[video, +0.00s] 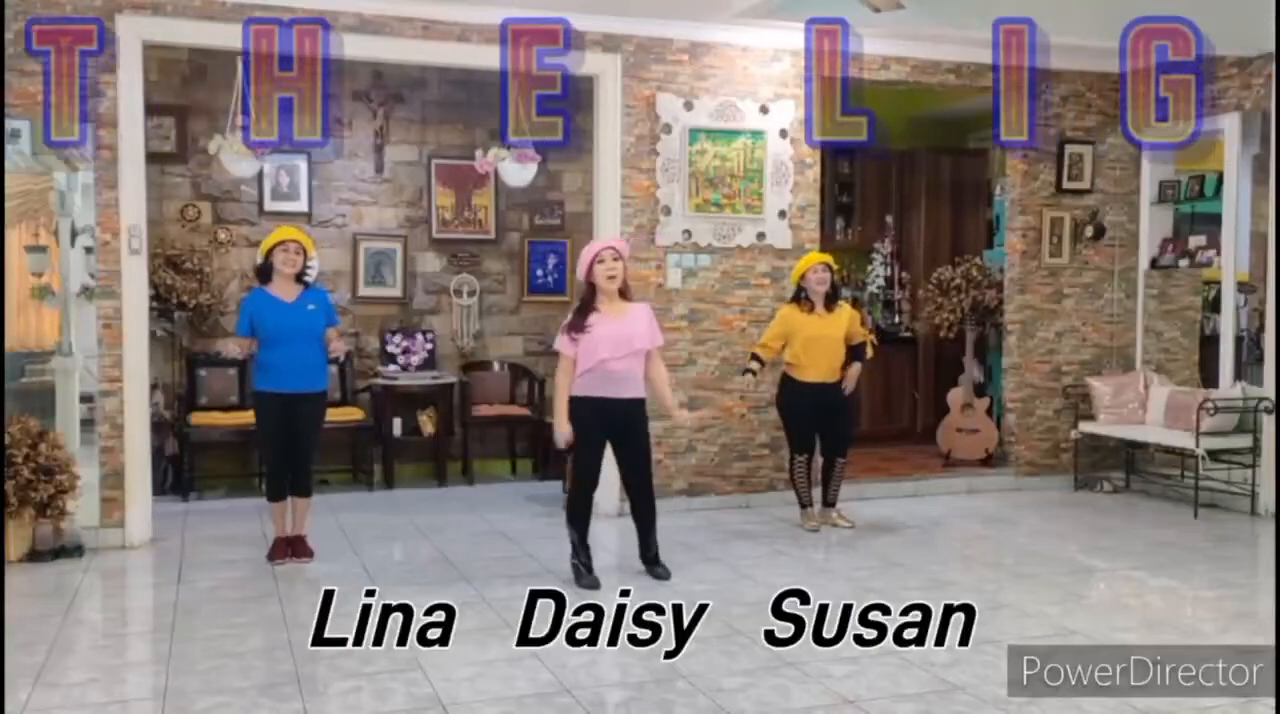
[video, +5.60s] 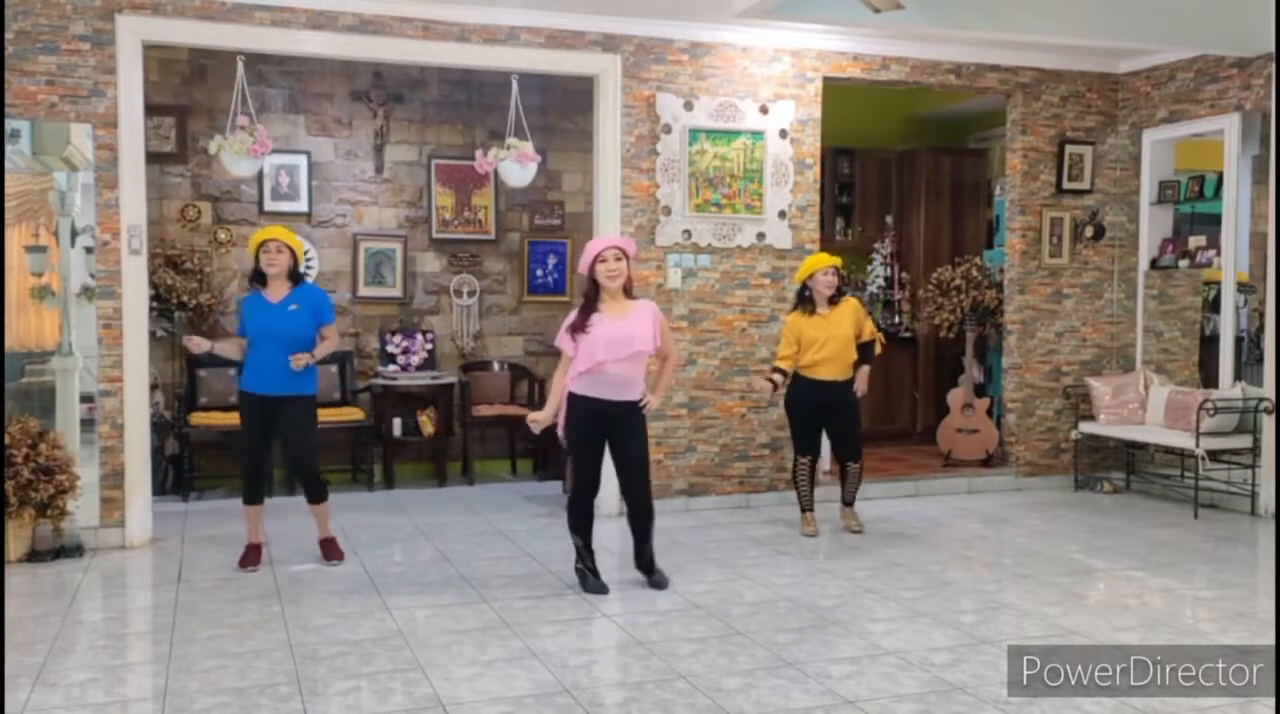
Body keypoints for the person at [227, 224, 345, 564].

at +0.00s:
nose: (291, 257)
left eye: (297, 252)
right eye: (284, 251)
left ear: (304, 261)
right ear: (271, 257)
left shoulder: (318, 297)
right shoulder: (254, 300)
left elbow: (333, 337)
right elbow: (248, 343)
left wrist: (337, 345)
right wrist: (236, 346)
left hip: (311, 390)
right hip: (270, 391)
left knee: (302, 461)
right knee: (275, 462)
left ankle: (298, 535)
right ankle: (280, 536)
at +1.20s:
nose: (317, 259)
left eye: (323, 254)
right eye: (310, 254)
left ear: (331, 261)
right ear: (298, 260)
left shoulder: (344, 297)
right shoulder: (282, 303)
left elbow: (355, 340)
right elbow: (273, 355)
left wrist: (364, 356)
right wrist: (255, 389)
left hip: (339, 396)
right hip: (297, 397)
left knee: (338, 467)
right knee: (291, 468)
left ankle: (338, 536)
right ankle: (284, 535)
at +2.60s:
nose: (291, 255)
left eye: (298, 251)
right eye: (285, 250)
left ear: (307, 260)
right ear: (272, 257)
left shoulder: (316, 304)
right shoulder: (251, 294)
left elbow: (316, 352)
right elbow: (231, 336)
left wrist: (330, 358)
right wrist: (218, 356)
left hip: (299, 396)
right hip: (255, 395)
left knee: (304, 464)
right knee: (260, 466)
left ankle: (310, 531)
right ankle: (267, 539)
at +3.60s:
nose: (307, 260)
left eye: (313, 254)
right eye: (300, 254)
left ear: (323, 260)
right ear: (290, 262)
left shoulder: (343, 295)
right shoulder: (280, 305)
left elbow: (361, 334)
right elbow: (272, 350)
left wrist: (359, 347)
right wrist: (260, 366)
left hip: (335, 397)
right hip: (291, 396)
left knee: (331, 466)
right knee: (280, 466)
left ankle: (331, 536)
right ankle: (275, 537)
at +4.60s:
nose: (296, 253)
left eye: (302, 248)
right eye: (289, 249)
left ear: (311, 257)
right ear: (278, 258)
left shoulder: (321, 301)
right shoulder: (263, 294)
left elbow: (322, 350)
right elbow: (225, 326)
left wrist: (351, 348)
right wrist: (242, 358)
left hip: (308, 394)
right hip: (266, 394)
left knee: (315, 464)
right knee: (262, 468)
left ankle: (328, 536)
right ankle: (255, 541)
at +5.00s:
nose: (272, 254)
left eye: (279, 249)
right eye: (265, 250)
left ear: (291, 257)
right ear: (256, 258)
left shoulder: (305, 304)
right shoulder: (239, 293)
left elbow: (303, 348)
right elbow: (203, 323)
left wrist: (306, 361)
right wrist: (189, 353)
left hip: (285, 396)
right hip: (241, 394)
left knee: (286, 466)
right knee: (246, 468)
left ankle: (278, 536)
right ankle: (253, 541)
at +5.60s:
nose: (272, 256)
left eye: (280, 250)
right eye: (266, 251)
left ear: (293, 258)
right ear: (258, 260)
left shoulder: (313, 296)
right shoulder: (249, 302)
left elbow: (331, 340)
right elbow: (243, 349)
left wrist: (312, 356)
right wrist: (209, 345)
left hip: (298, 396)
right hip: (254, 395)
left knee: (304, 464)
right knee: (253, 466)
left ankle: (326, 536)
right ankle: (254, 542)